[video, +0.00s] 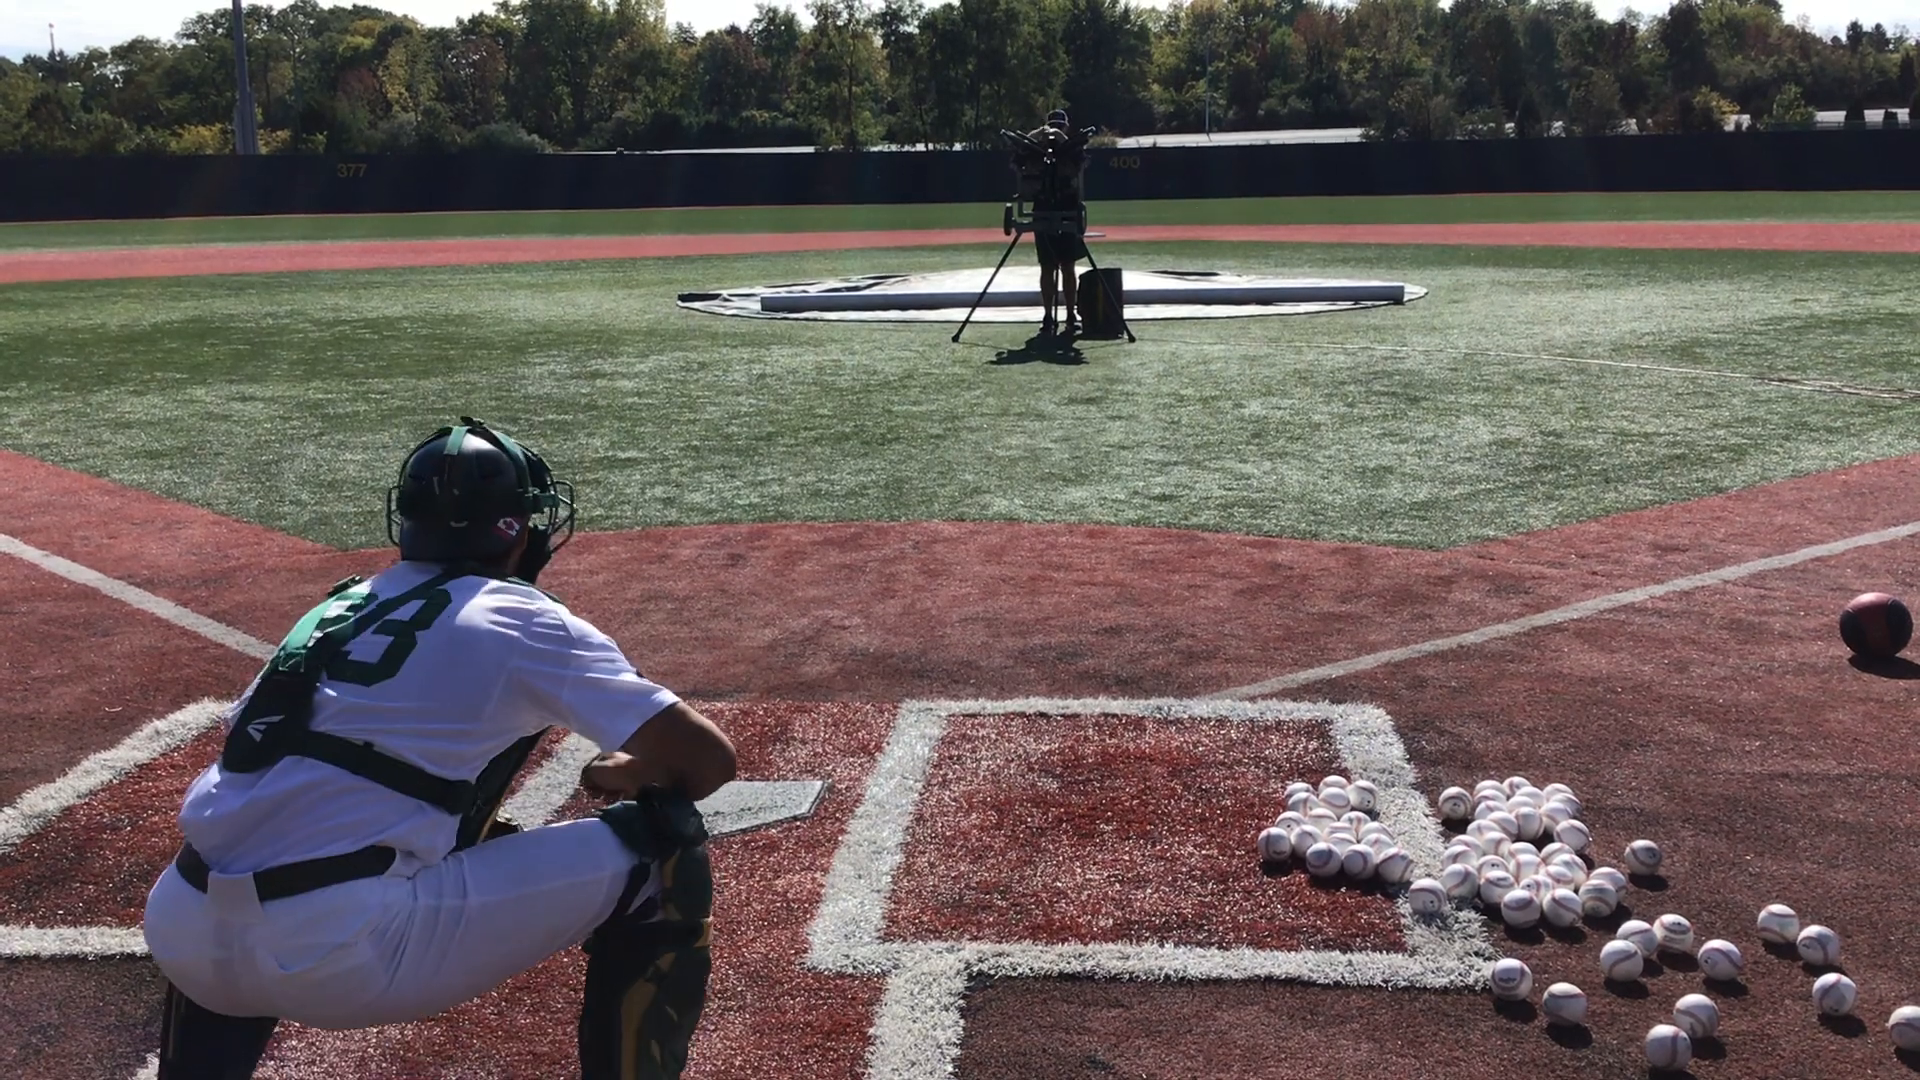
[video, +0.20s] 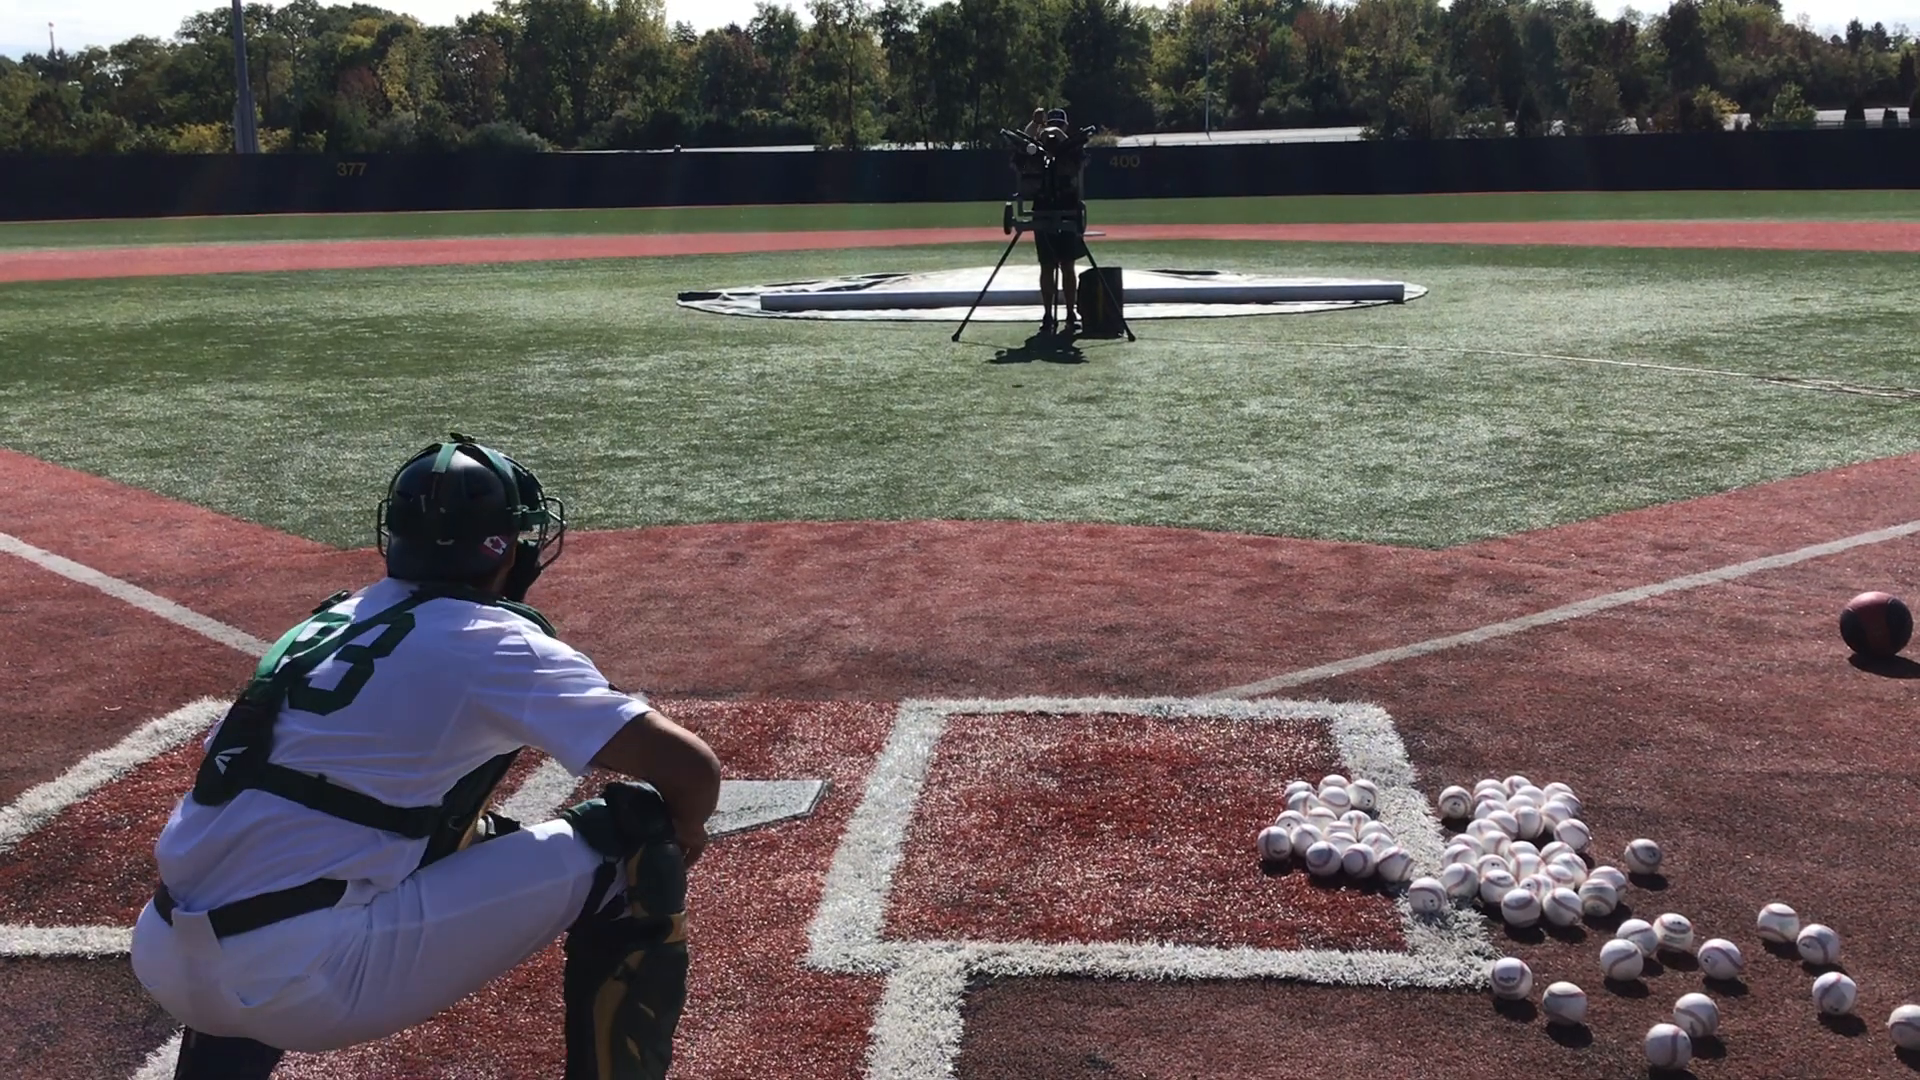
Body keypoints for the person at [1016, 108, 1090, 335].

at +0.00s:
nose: (1055, 129)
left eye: (1059, 125)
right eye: (1053, 125)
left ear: (1065, 127)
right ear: (1048, 126)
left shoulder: (1073, 145)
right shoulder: (1036, 145)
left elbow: (1076, 164)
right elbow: (1019, 161)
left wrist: (1062, 141)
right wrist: (1037, 142)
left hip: (1069, 214)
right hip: (1044, 215)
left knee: (1068, 268)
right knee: (1048, 269)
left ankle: (1070, 316)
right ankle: (1048, 316)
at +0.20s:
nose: (1054, 132)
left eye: (1059, 128)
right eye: (1050, 128)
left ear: (1066, 128)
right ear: (1044, 129)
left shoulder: (1073, 148)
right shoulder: (1038, 149)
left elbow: (1076, 162)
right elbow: (1022, 149)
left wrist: (1061, 139)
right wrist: (1034, 125)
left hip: (1068, 213)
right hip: (1043, 214)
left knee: (1068, 267)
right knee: (1047, 269)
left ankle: (1070, 314)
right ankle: (1048, 316)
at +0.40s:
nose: (1053, 133)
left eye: (1057, 129)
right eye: (1050, 129)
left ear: (1065, 130)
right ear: (1043, 131)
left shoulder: (1073, 149)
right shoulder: (1036, 150)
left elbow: (1075, 163)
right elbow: (1020, 142)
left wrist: (1062, 139)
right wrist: (1032, 118)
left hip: (1068, 213)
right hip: (1043, 214)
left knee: (1068, 266)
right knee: (1047, 268)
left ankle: (1070, 314)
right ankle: (1048, 315)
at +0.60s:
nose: (1054, 130)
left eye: (1058, 126)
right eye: (1050, 126)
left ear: (1066, 127)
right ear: (1044, 128)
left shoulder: (1073, 147)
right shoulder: (1037, 146)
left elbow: (1077, 163)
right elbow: (1020, 164)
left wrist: (1063, 140)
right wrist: (1031, 137)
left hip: (1068, 212)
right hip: (1043, 213)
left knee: (1068, 266)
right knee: (1047, 267)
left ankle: (1070, 313)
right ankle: (1048, 314)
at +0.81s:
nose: (1051, 134)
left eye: (1055, 130)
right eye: (1047, 130)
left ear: (1063, 130)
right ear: (1040, 131)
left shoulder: (1072, 149)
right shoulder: (1036, 151)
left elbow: (1078, 156)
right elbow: (1017, 157)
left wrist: (1063, 136)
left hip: (1068, 214)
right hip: (1044, 215)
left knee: (1068, 266)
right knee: (1047, 267)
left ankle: (1070, 313)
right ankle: (1048, 314)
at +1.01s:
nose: (1051, 133)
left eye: (1055, 129)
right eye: (1048, 129)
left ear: (1064, 130)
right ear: (1042, 132)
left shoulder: (1071, 150)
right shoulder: (1037, 151)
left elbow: (1081, 156)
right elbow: (1018, 157)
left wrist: (1065, 134)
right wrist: (1034, 140)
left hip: (1069, 214)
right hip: (1044, 215)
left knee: (1068, 266)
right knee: (1048, 267)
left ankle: (1070, 313)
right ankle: (1048, 313)